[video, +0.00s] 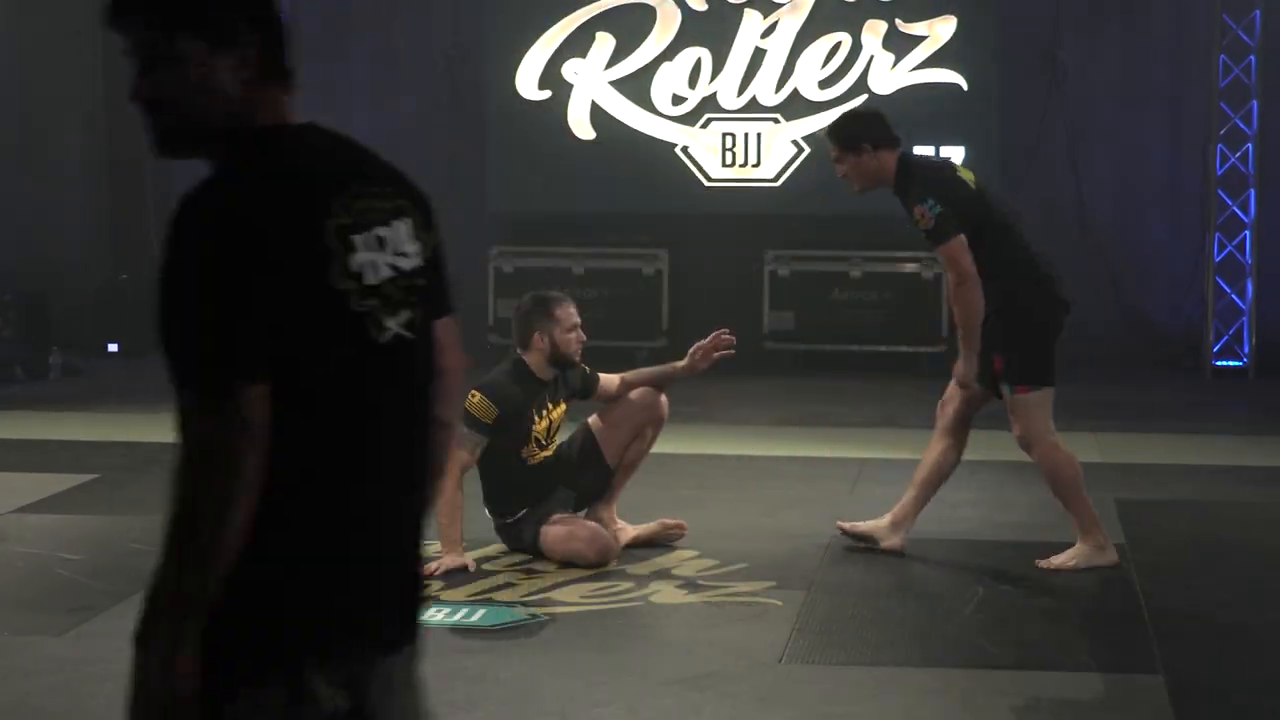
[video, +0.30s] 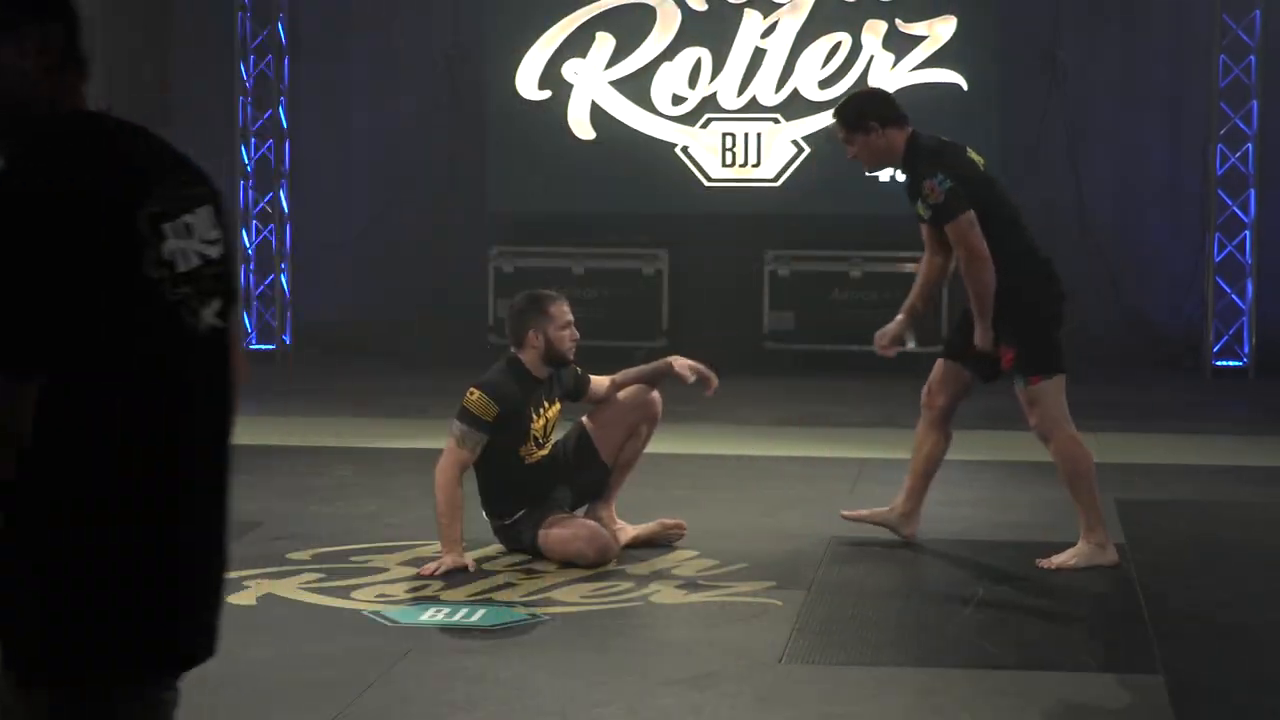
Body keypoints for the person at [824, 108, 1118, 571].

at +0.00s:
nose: (838, 172)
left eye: (841, 160)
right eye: (835, 161)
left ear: (871, 151)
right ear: (875, 152)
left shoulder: (922, 187)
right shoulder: (920, 178)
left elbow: (965, 276)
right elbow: (963, 269)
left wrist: (968, 358)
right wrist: (966, 348)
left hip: (1027, 308)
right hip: (1002, 306)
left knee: (1033, 433)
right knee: (952, 416)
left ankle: (1096, 542)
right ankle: (896, 525)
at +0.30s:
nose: (850, 154)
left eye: (851, 142)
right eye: (846, 144)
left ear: (878, 131)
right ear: (880, 131)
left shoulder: (933, 166)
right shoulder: (919, 170)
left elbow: (975, 252)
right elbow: (935, 253)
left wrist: (983, 326)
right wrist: (904, 317)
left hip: (1027, 297)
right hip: (990, 297)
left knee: (1050, 420)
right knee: (937, 399)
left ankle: (1097, 540)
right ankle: (905, 513)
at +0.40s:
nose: (833, 156)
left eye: (836, 144)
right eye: (830, 147)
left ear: (864, 135)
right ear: (865, 137)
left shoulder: (918, 170)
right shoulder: (900, 178)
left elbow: (959, 252)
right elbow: (910, 264)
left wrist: (964, 330)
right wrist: (868, 326)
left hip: (1008, 302)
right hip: (972, 304)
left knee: (1041, 422)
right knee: (916, 402)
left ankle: (1096, 539)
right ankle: (884, 515)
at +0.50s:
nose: (810, 167)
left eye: (811, 155)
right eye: (806, 158)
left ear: (839, 144)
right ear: (840, 147)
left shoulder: (891, 174)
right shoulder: (874, 189)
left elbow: (938, 253)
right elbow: (878, 278)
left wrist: (942, 334)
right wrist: (827, 332)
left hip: (985, 303)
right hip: (949, 307)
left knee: (1015, 423)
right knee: (889, 394)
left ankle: (1089, 534)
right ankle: (877, 516)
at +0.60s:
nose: (783, 179)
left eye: (785, 167)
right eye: (779, 170)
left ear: (814, 154)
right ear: (812, 156)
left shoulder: (867, 180)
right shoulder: (844, 200)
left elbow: (918, 255)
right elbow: (838, 288)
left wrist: (921, 333)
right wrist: (781, 336)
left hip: (968, 297)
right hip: (932, 299)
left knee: (966, 422)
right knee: (876, 394)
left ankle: (1061, 514)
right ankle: (876, 515)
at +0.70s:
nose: (759, 190)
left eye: (760, 179)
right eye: (755, 182)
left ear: (790, 166)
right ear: (789, 167)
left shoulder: (849, 186)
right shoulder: (819, 213)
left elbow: (906, 255)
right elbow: (798, 294)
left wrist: (898, 331)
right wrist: (731, 334)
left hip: (954, 291)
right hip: (918, 297)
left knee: (924, 408)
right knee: (867, 393)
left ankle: (1005, 511)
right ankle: (874, 515)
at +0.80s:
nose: (741, 203)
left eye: (743, 191)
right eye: (737, 194)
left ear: (771, 177)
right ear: (766, 182)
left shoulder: (834, 193)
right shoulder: (796, 222)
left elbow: (895, 261)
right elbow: (765, 296)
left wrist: (875, 335)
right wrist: (689, 326)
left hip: (943, 284)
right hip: (906, 288)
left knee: (896, 397)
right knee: (861, 392)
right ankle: (874, 515)